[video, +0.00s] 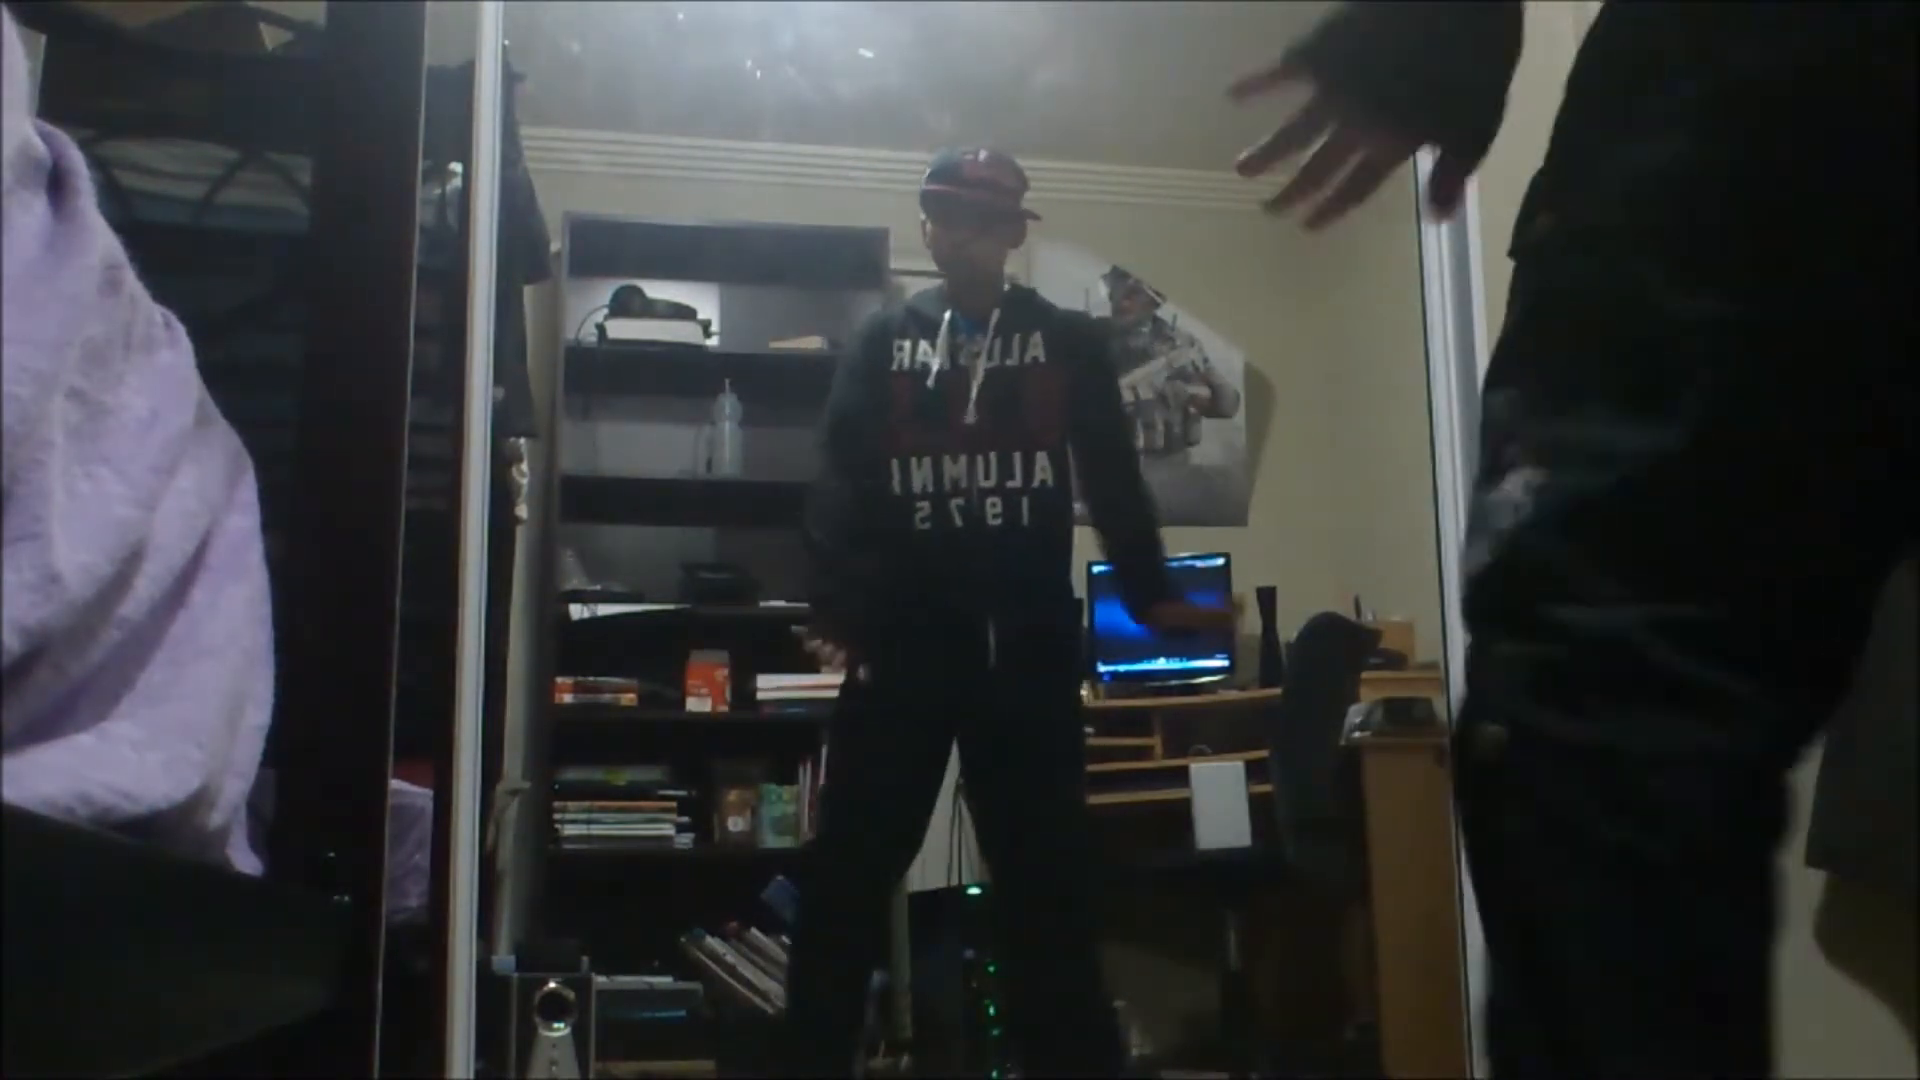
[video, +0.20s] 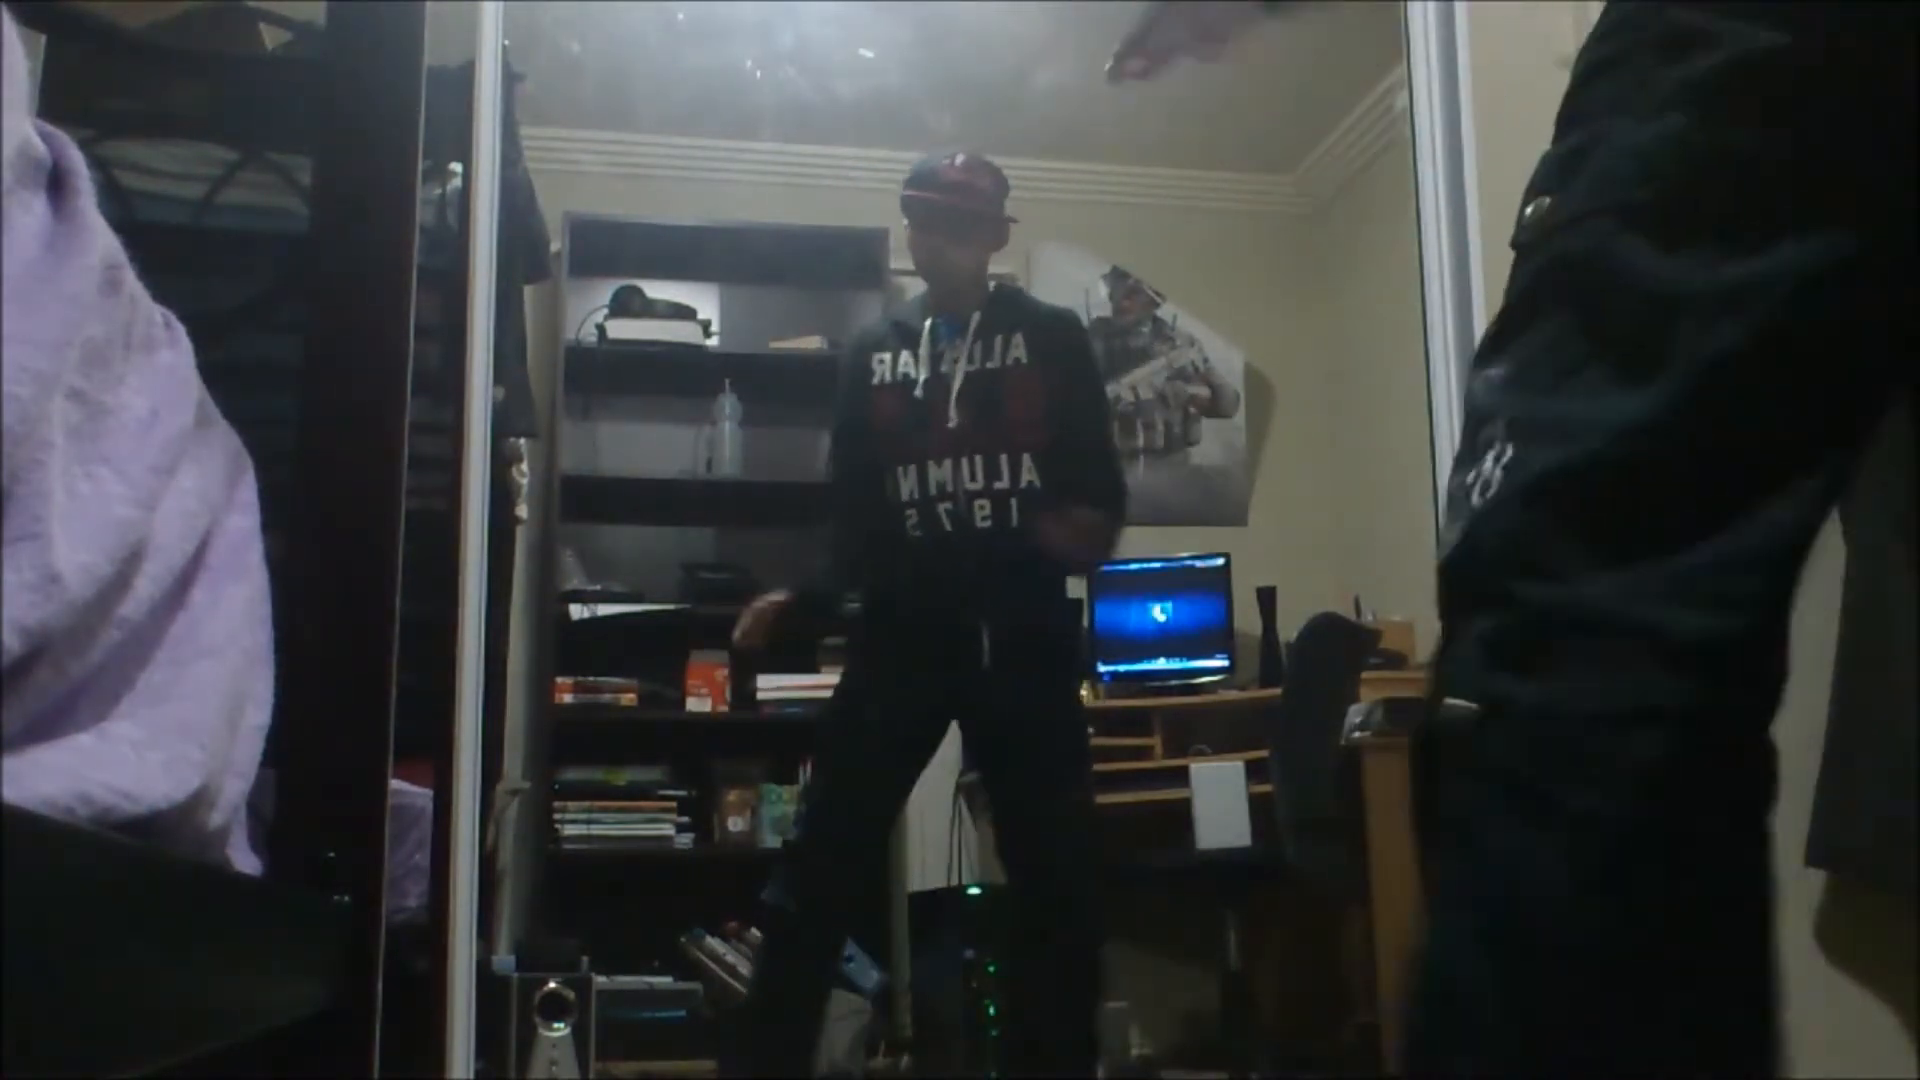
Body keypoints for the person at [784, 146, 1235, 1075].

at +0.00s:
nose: (973, 237)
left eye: (992, 220)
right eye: (956, 218)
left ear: (1021, 230)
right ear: (927, 226)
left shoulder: (1068, 340)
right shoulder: (881, 337)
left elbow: (1113, 481)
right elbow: (839, 480)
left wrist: (1156, 601)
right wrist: (836, 602)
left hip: (1027, 637)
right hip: (905, 634)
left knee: (1045, 868)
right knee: (850, 865)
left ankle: (1067, 1063)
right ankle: (814, 1062)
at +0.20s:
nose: (933, 239)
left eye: (957, 224)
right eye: (922, 222)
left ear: (996, 234)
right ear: (904, 230)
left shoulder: (1053, 339)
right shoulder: (873, 353)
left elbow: (1098, 493)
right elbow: (853, 523)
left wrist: (1087, 529)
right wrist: (800, 602)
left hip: (1022, 634)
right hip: (904, 634)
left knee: (1054, 869)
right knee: (828, 852)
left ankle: (1055, 1065)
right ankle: (767, 1063)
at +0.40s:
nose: (886, 247)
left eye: (907, 230)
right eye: (877, 230)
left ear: (951, 235)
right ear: (868, 233)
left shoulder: (1011, 323)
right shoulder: (857, 351)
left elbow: (1059, 466)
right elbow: (813, 477)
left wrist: (960, 489)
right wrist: (732, 520)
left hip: (989, 626)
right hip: (879, 630)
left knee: (1009, 857)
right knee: (820, 820)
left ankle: (1024, 1061)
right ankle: (822, 1051)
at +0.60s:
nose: (870, 235)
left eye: (890, 219)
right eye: (857, 219)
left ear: (930, 227)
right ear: (841, 227)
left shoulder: (989, 326)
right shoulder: (824, 357)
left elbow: (1072, 465)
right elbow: (783, 501)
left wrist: (996, 534)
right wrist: (735, 609)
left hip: (975, 641)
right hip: (862, 643)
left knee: (1002, 879)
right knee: (826, 876)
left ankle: (1024, 1065)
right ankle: (819, 1063)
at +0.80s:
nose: (892, 214)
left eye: (914, 202)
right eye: (877, 197)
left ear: (941, 225)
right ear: (846, 214)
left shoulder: (989, 329)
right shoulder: (802, 352)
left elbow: (1080, 441)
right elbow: (782, 501)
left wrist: (1087, 478)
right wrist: (810, 624)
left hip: (983, 625)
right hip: (860, 633)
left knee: (1049, 851)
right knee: (835, 868)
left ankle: (1093, 1056)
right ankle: (820, 1065)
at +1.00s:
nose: (960, 230)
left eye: (971, 214)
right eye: (941, 209)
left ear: (982, 223)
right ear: (889, 211)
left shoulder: (1006, 327)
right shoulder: (822, 335)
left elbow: (1054, 440)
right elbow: (798, 486)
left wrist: (1082, 526)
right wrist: (841, 601)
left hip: (993, 614)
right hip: (875, 620)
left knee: (1062, 843)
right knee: (864, 866)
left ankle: (1095, 1059)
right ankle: (852, 1068)